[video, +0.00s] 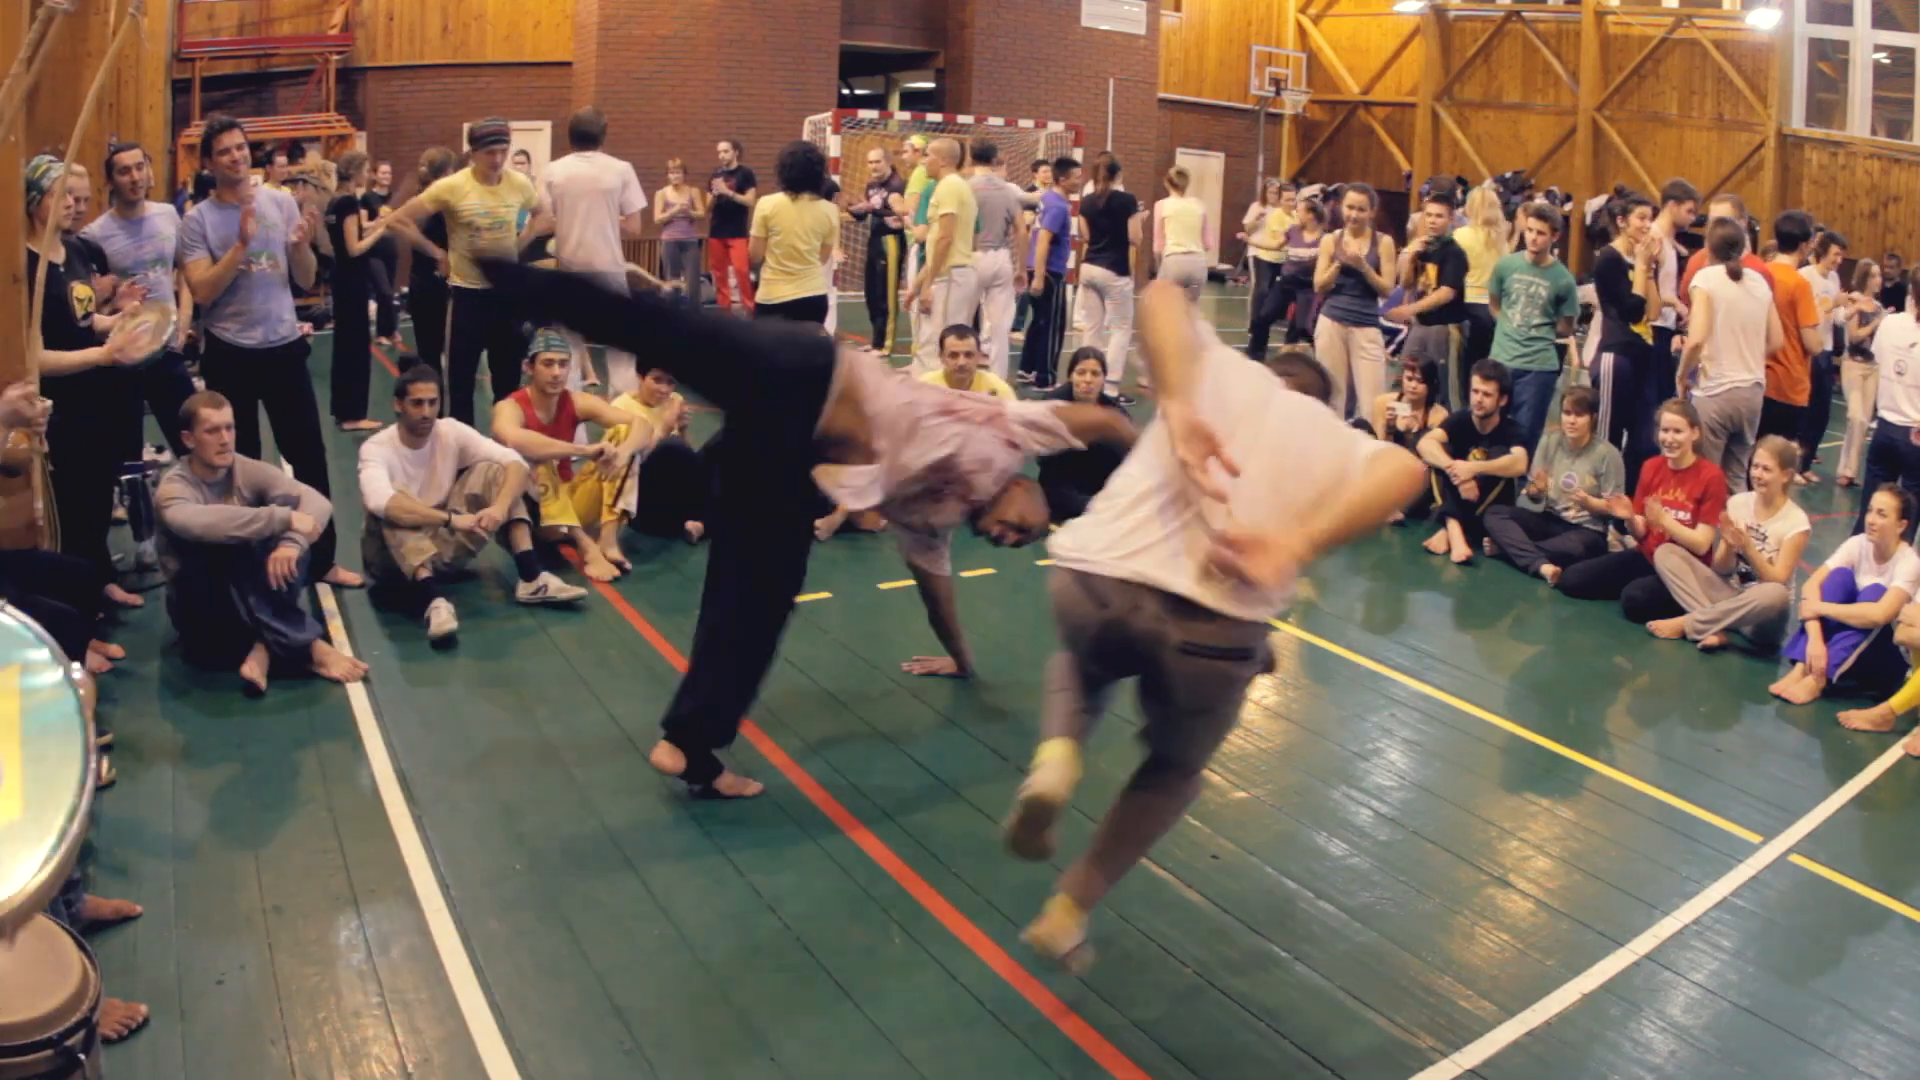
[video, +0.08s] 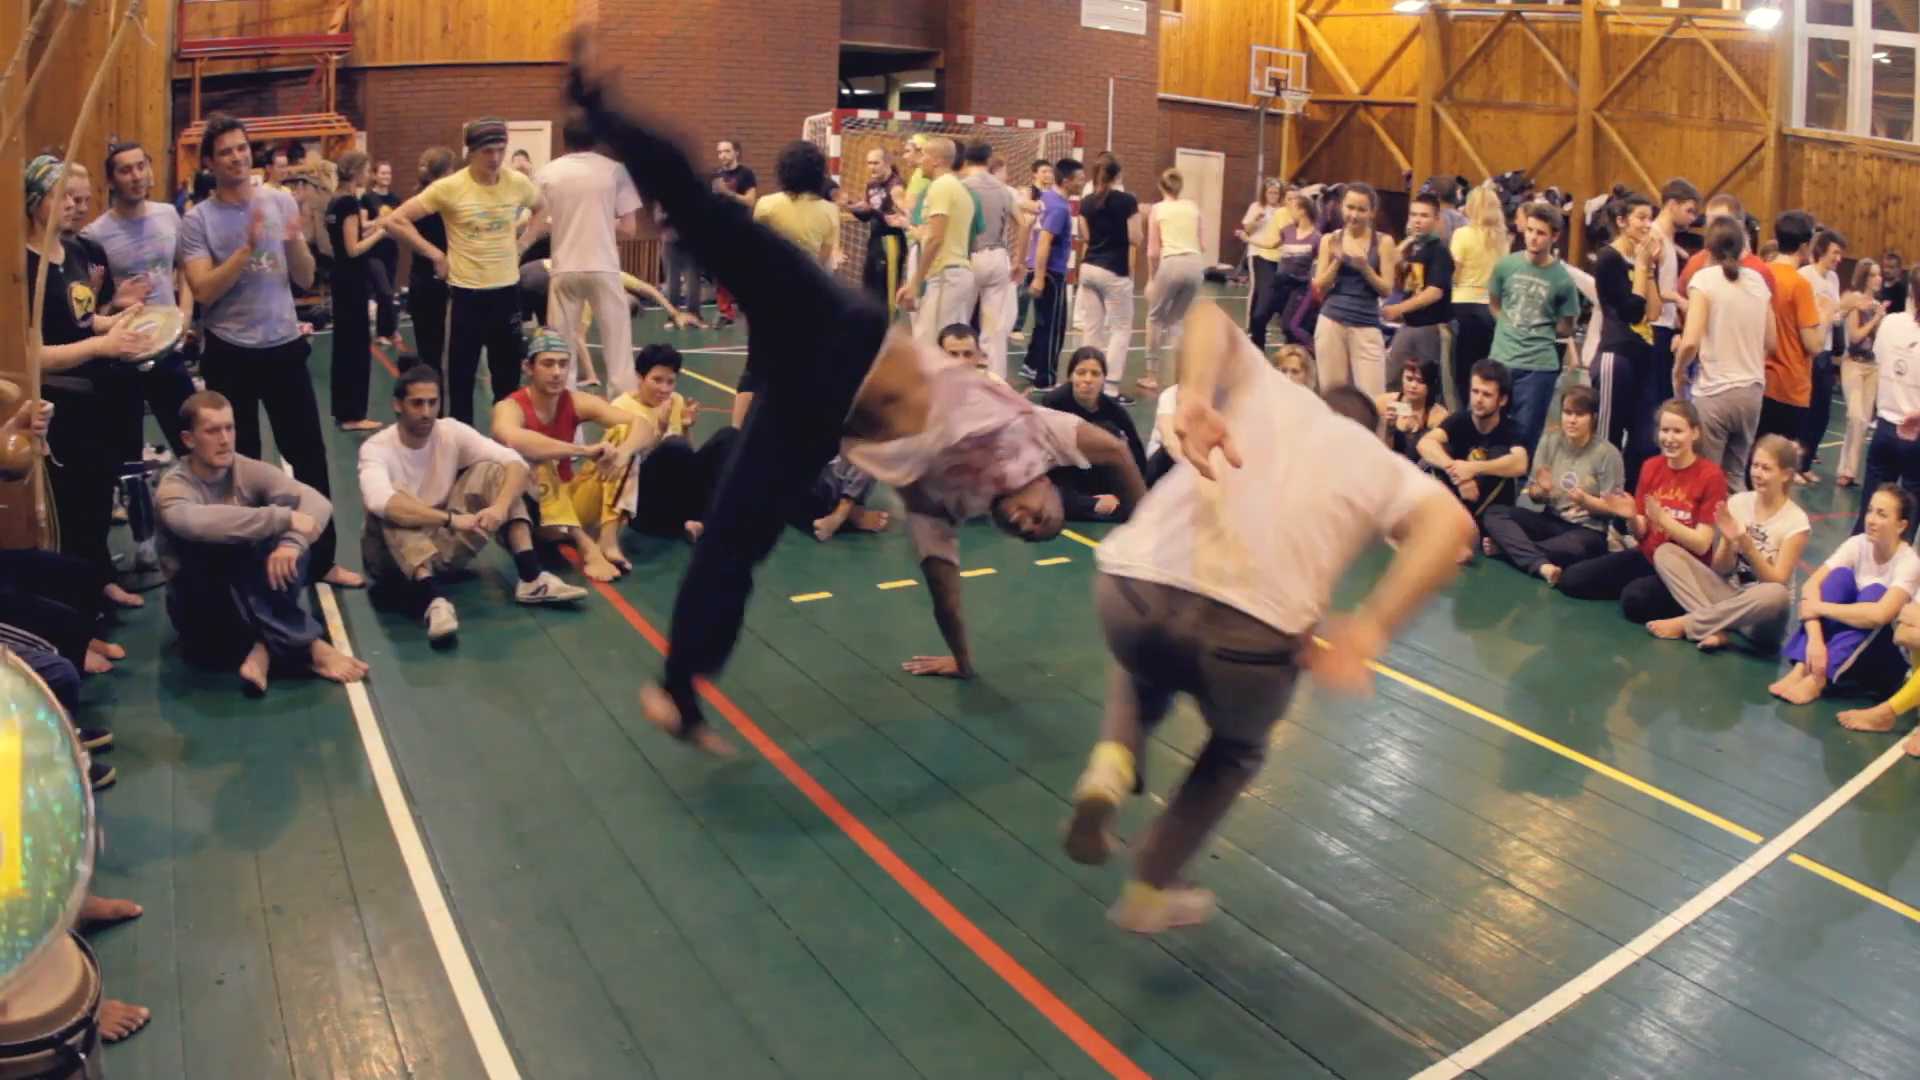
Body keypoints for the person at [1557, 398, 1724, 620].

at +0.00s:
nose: (1669, 438)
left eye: (1678, 431)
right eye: (1664, 431)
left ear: (1695, 433)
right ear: (1657, 432)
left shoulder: (1711, 476)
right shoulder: (1651, 467)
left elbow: (1701, 545)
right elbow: (1640, 533)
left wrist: (1662, 520)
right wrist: (1629, 517)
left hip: (1683, 567)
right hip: (1647, 556)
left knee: (1634, 601)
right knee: (1570, 581)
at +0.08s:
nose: (1669, 438)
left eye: (1678, 431)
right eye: (1664, 430)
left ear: (1695, 434)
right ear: (1657, 432)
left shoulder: (1711, 475)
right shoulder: (1651, 466)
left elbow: (1701, 544)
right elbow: (1641, 533)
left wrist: (1661, 518)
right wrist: (1631, 515)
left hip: (1685, 567)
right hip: (1648, 556)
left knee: (1634, 601)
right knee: (1570, 581)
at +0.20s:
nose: (1669, 438)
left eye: (1678, 431)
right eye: (1665, 430)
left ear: (1695, 433)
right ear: (1657, 432)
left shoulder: (1711, 476)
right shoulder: (1651, 466)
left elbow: (1699, 544)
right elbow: (1640, 535)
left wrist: (1653, 519)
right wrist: (1640, 520)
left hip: (1683, 566)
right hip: (1647, 555)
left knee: (1634, 601)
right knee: (1570, 582)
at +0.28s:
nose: (1670, 438)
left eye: (1679, 431)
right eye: (1666, 430)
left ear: (1697, 434)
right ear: (1658, 431)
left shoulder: (1712, 476)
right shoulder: (1651, 466)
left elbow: (1701, 544)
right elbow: (1640, 535)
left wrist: (1658, 519)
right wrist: (1634, 519)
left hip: (1683, 566)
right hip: (1647, 556)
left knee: (1635, 601)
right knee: (1570, 581)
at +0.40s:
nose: (1673, 437)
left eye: (1681, 431)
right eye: (1668, 429)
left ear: (1698, 435)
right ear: (1660, 431)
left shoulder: (1713, 476)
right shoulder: (1652, 466)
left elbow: (1700, 543)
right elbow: (1640, 534)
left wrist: (1659, 518)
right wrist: (1634, 516)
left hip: (1683, 566)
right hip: (1646, 556)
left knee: (1635, 601)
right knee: (1570, 581)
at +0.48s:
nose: (1674, 437)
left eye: (1683, 431)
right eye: (1670, 428)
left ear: (1700, 434)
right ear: (1662, 430)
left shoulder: (1713, 475)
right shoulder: (1652, 465)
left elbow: (1698, 542)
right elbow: (1639, 533)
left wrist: (1653, 517)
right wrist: (1643, 516)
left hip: (1685, 564)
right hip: (1647, 555)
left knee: (1634, 599)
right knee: (1598, 575)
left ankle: (1693, 603)